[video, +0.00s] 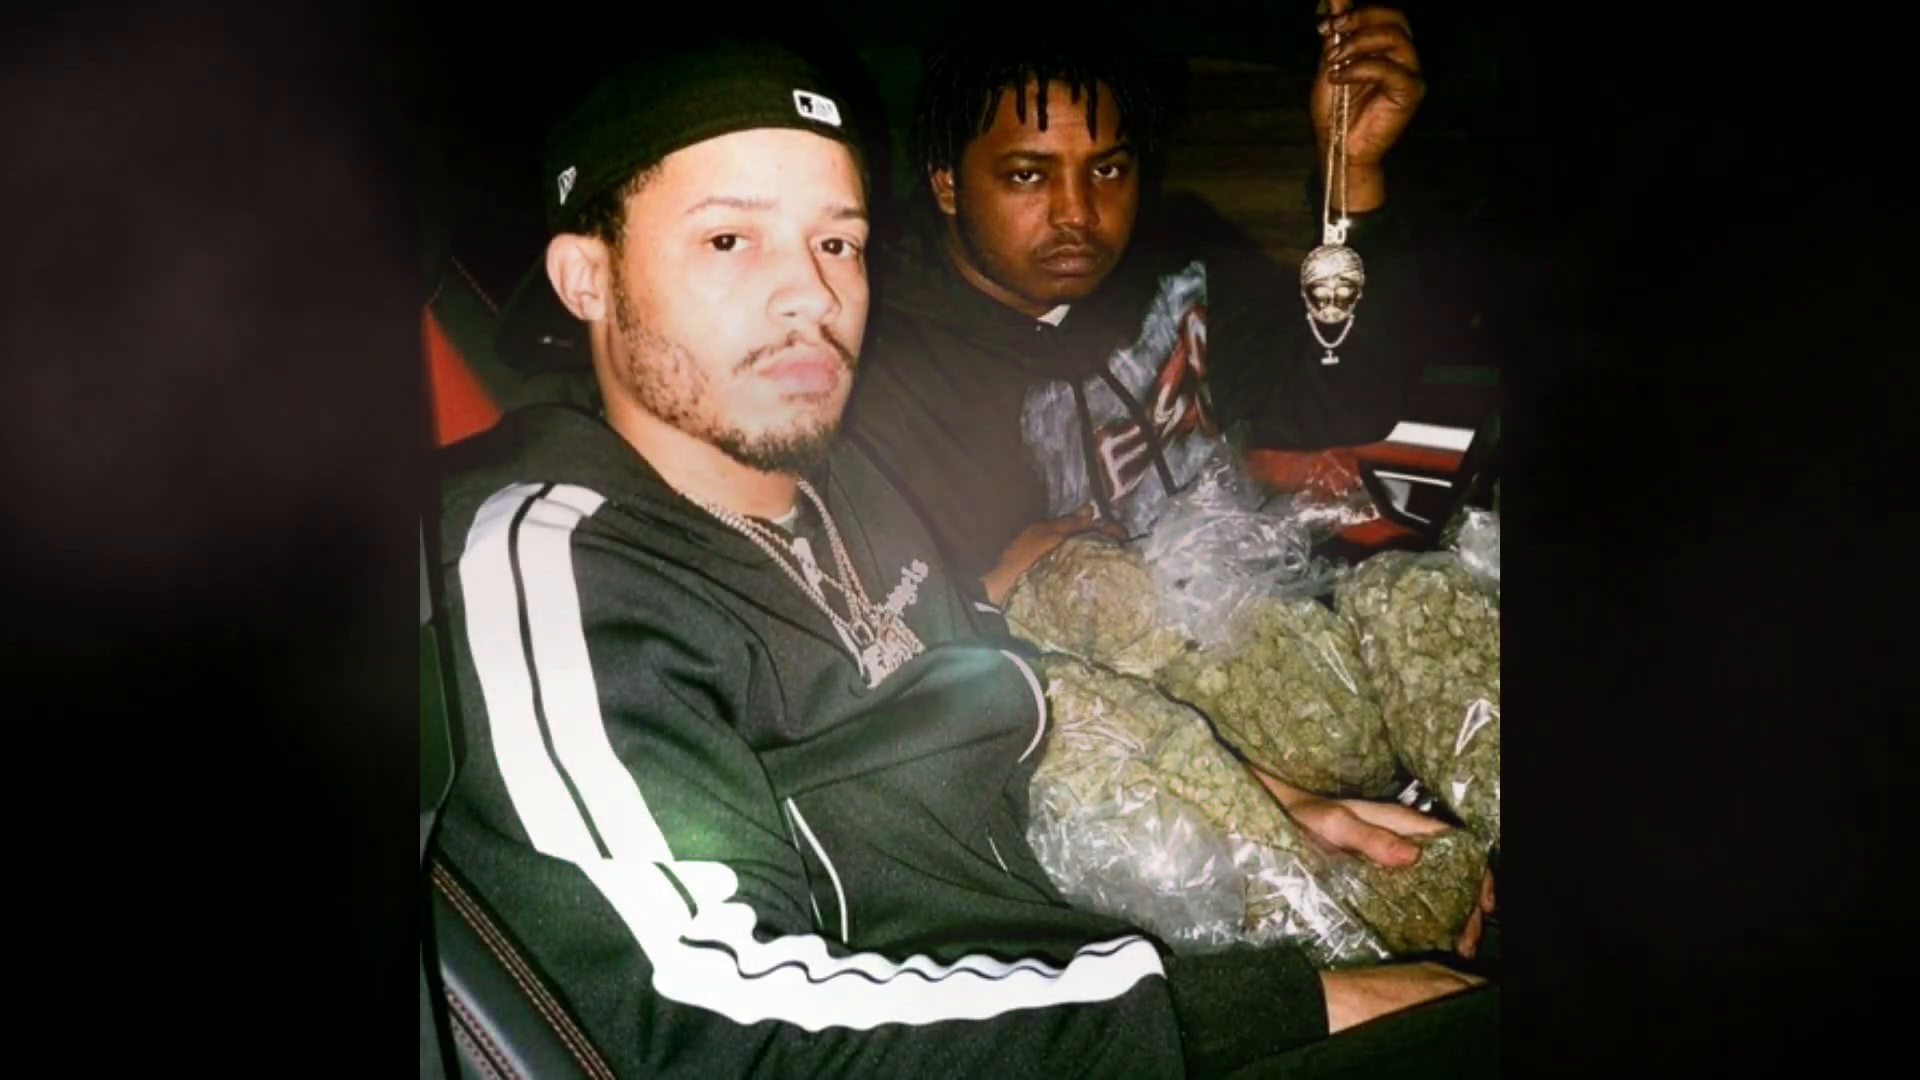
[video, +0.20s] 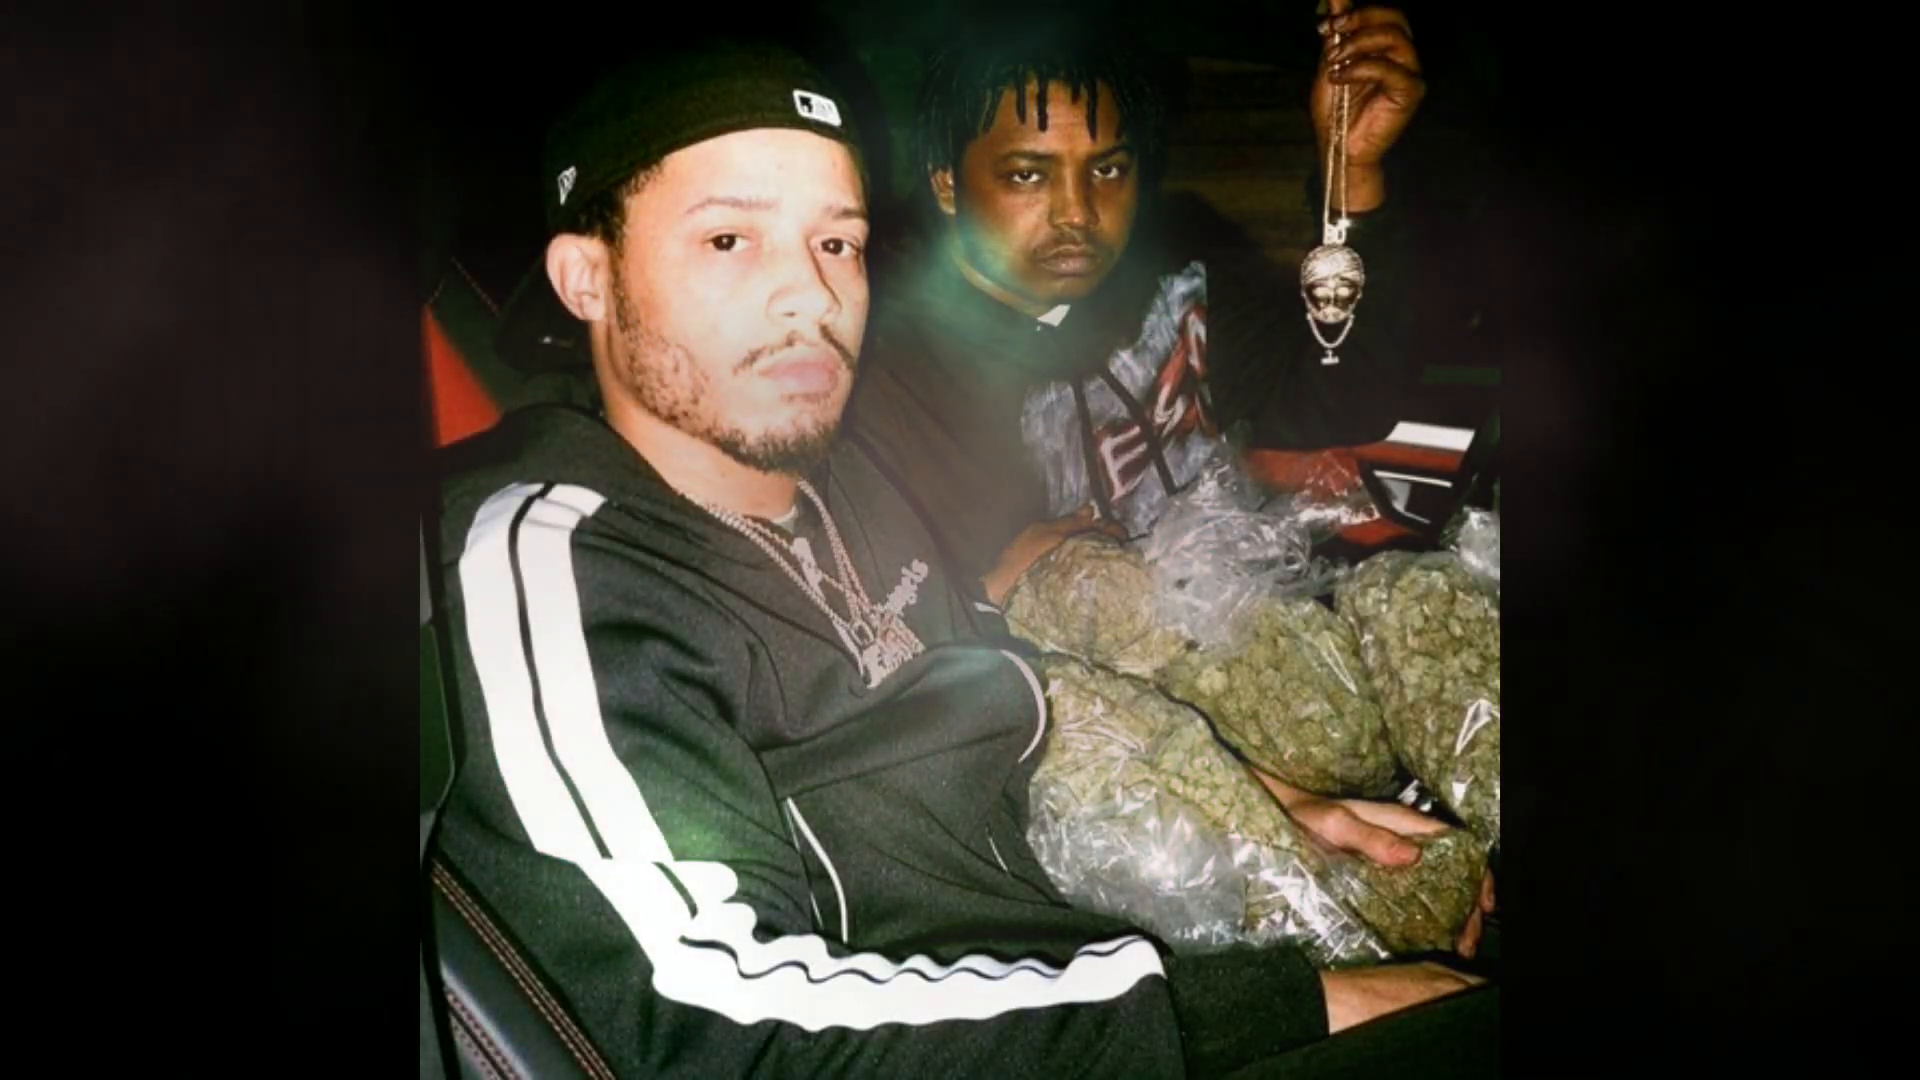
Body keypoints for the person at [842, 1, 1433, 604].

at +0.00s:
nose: (1077, 215)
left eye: (1107, 171)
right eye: (1028, 175)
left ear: (1139, 173)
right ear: (945, 188)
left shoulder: (1180, 254)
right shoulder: (892, 366)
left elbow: (1347, 411)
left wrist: (1353, 173)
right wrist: (992, 588)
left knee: (1424, 600)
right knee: (1080, 578)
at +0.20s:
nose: (1076, 217)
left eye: (1107, 171)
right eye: (1027, 175)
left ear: (1139, 170)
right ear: (946, 185)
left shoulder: (1182, 251)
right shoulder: (900, 352)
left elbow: (1337, 417)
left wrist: (1353, 175)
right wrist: (991, 577)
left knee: (1425, 597)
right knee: (1076, 580)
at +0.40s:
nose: (1077, 216)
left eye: (1108, 171)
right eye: (1029, 175)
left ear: (1140, 173)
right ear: (945, 186)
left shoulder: (1176, 256)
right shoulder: (902, 368)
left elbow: (1350, 407)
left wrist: (1353, 170)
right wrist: (991, 585)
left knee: (1424, 602)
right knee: (1083, 578)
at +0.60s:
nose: (1077, 217)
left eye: (1108, 170)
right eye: (1028, 175)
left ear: (1140, 169)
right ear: (945, 185)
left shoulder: (1181, 251)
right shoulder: (898, 370)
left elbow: (1343, 421)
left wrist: (1353, 172)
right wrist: (990, 591)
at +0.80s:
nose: (1077, 217)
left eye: (1107, 171)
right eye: (1029, 175)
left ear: (1140, 171)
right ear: (946, 188)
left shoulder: (1179, 246)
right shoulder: (900, 369)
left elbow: (1342, 421)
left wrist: (1352, 173)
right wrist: (990, 589)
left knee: (1425, 601)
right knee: (1081, 578)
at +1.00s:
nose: (1077, 217)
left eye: (1108, 171)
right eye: (1029, 175)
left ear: (1141, 171)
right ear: (945, 186)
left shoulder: (1179, 245)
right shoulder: (898, 373)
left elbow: (1338, 424)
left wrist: (1353, 173)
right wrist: (990, 591)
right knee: (1083, 579)